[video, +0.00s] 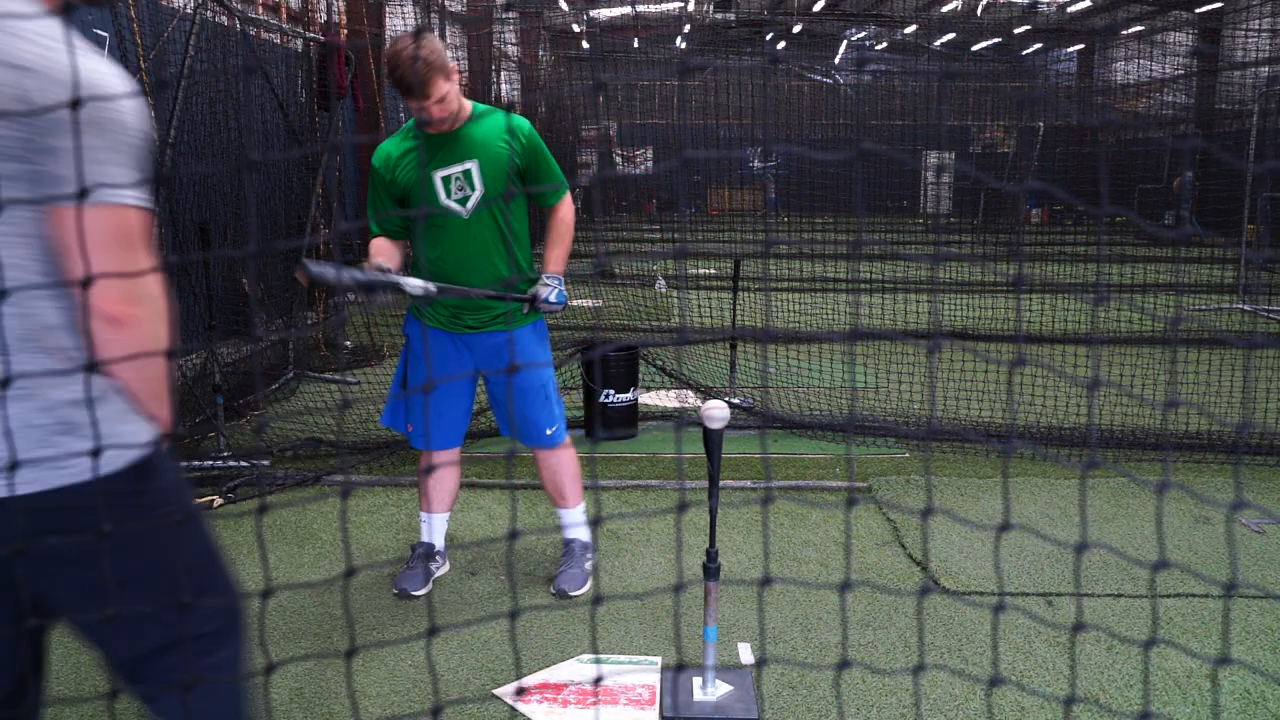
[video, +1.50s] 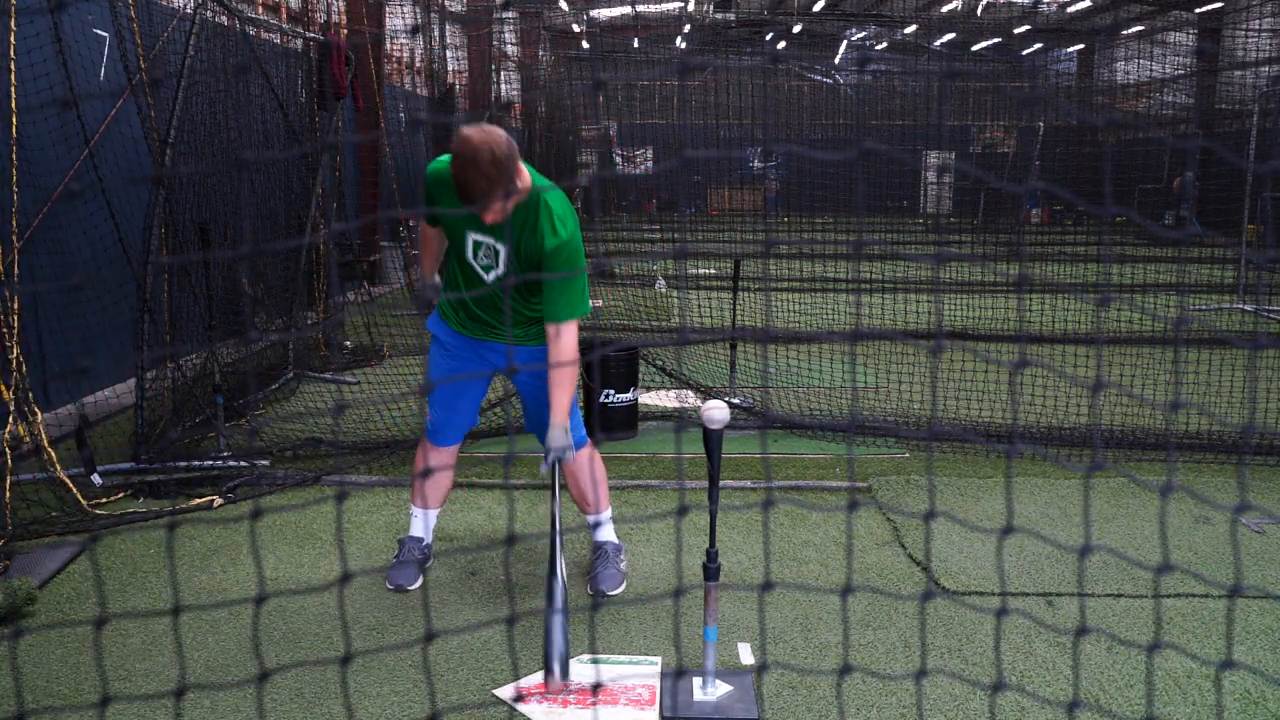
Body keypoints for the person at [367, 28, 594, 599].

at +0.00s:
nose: (435, 114)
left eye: (441, 101)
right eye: (421, 108)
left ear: (457, 77)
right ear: (403, 99)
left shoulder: (512, 134)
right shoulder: (391, 159)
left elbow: (561, 201)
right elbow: (388, 233)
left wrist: (552, 276)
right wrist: (381, 268)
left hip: (515, 319)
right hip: (436, 325)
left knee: (547, 434)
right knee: (436, 443)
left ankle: (577, 540)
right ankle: (430, 548)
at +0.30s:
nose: (462, 132)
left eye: (469, 118)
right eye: (448, 124)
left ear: (483, 89)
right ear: (430, 116)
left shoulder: (541, 143)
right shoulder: (418, 161)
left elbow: (588, 209)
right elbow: (403, 238)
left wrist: (583, 282)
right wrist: (396, 309)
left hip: (535, 322)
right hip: (455, 328)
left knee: (568, 439)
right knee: (445, 444)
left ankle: (603, 544)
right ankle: (431, 548)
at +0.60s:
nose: (515, 131)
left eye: (523, 118)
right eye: (502, 123)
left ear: (541, 94)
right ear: (484, 110)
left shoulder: (589, 150)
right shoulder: (462, 148)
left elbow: (621, 228)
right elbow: (450, 220)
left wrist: (605, 299)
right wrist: (440, 291)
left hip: (557, 325)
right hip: (474, 322)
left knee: (581, 440)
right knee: (449, 435)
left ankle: (606, 544)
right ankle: (419, 539)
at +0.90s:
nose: (486, 142)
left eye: (494, 130)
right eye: (474, 132)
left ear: (516, 108)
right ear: (457, 116)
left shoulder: (555, 161)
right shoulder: (427, 152)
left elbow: (583, 240)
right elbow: (402, 224)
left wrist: (573, 313)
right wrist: (379, 297)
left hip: (534, 330)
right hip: (450, 330)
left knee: (569, 443)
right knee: (432, 447)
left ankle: (604, 543)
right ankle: (417, 542)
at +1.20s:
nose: (461, 166)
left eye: (469, 154)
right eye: (449, 157)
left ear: (489, 122)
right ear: (430, 136)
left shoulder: (537, 172)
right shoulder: (411, 163)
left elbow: (568, 267)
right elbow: (395, 235)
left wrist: (557, 344)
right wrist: (374, 291)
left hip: (528, 332)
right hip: (447, 330)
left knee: (563, 438)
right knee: (430, 439)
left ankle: (605, 539)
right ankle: (417, 543)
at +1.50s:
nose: (489, 217)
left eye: (498, 206)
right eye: (479, 208)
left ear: (517, 179)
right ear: (460, 182)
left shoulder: (553, 221)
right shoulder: (441, 179)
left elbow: (563, 327)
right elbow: (433, 227)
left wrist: (559, 421)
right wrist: (426, 280)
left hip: (537, 339)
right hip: (461, 329)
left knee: (569, 439)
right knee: (439, 435)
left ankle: (606, 542)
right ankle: (418, 540)